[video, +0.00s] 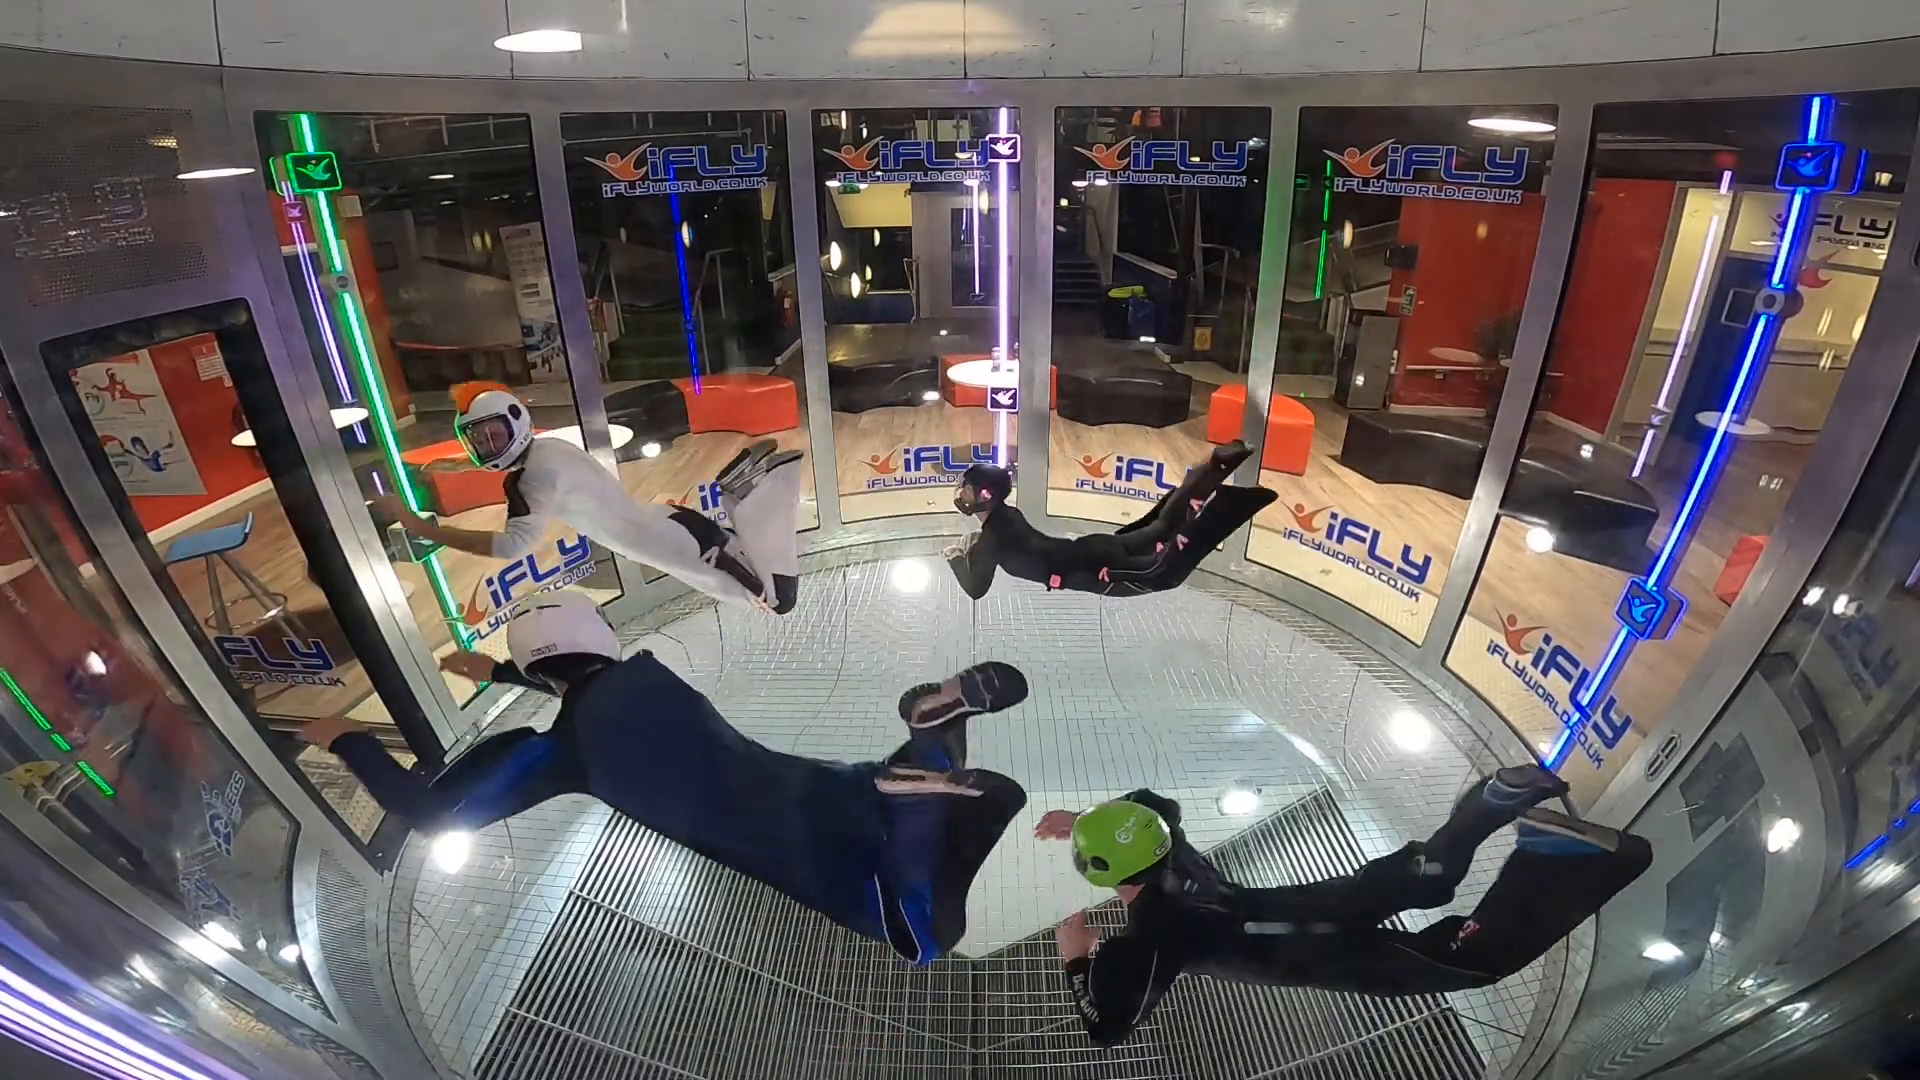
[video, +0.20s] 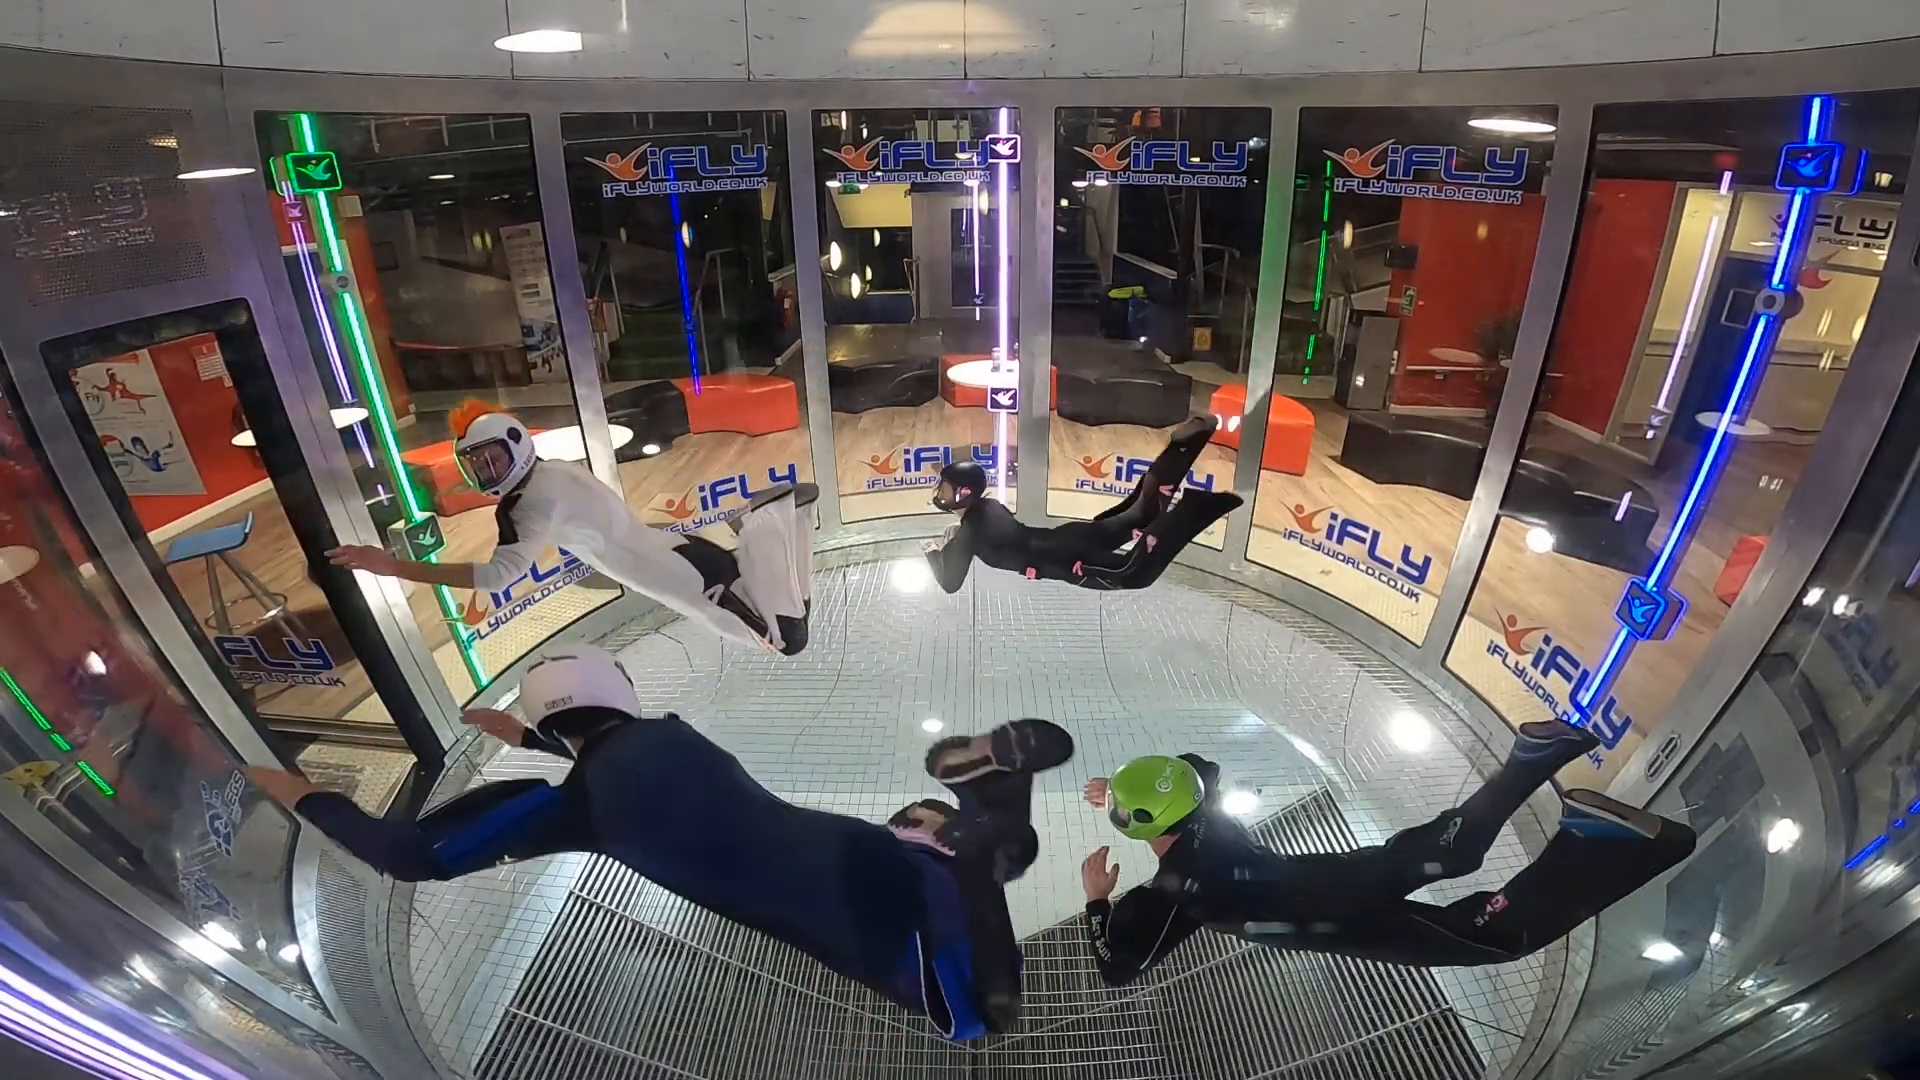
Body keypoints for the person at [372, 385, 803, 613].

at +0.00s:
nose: (486, 444)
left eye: (493, 431)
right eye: (477, 437)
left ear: (518, 425)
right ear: (473, 441)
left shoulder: (538, 472)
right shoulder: (540, 454)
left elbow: (509, 546)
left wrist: (422, 527)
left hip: (683, 541)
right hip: (668, 532)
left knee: (777, 598)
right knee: (757, 591)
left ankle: (750, 500)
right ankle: (731, 502)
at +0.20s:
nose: (486, 471)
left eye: (493, 457)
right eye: (476, 464)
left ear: (522, 449)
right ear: (472, 469)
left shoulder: (537, 504)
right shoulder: (545, 475)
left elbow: (492, 578)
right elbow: (616, 511)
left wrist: (391, 565)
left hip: (689, 574)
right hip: (682, 557)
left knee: (787, 638)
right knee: (772, 625)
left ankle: (772, 536)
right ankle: (774, 524)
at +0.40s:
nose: (522, 514)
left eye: (529, 500)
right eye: (515, 506)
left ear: (558, 489)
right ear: (529, 501)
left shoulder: (574, 543)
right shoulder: (588, 508)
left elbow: (522, 614)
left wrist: (429, 599)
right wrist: (522, 534)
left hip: (735, 610)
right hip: (733, 592)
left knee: (843, 669)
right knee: (833, 658)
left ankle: (824, 558)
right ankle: (823, 559)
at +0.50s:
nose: (553, 535)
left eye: (558, 521)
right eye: (546, 526)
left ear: (588, 511)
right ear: (569, 519)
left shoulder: (612, 560)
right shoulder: (622, 530)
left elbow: (561, 640)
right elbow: (689, 547)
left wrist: (463, 627)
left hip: (768, 625)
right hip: (768, 605)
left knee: (885, 679)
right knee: (864, 656)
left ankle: (875, 552)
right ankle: (858, 567)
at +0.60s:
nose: (600, 557)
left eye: (605, 542)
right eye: (591, 549)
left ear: (633, 531)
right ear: (602, 545)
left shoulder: (658, 578)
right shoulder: (659, 545)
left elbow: (597, 661)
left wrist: (499, 663)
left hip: (821, 636)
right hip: (815, 622)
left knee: (932, 687)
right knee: (913, 674)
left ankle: (926, 552)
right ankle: (911, 558)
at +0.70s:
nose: (650, 578)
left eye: (656, 564)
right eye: (642, 570)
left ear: (681, 550)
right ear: (661, 556)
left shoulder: (706, 602)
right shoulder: (707, 557)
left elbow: (648, 680)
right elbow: (657, 565)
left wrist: (553, 688)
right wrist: (617, 584)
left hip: (855, 644)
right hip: (850, 617)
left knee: (978, 693)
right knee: (930, 634)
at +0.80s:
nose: (699, 593)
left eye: (705, 583)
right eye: (695, 584)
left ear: (732, 579)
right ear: (730, 573)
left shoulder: (762, 623)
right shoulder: (756, 577)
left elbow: (701, 697)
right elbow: (710, 584)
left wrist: (624, 695)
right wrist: (674, 605)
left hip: (920, 661)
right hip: (913, 629)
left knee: (1026, 702)